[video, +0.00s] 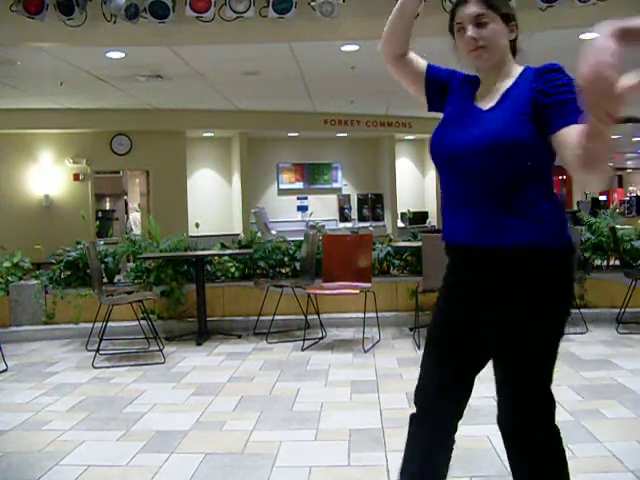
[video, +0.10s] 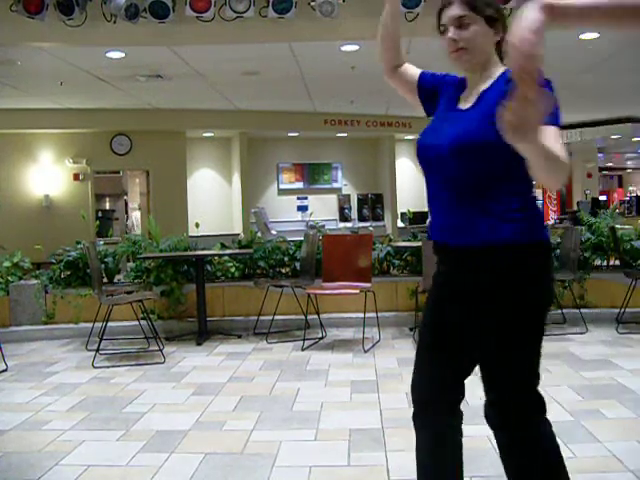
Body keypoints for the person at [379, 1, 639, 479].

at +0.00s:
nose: (471, 34)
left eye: (481, 21)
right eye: (461, 27)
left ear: (510, 28)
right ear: (457, 41)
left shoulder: (543, 81)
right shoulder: (456, 90)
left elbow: (588, 170)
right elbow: (395, 54)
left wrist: (601, 111)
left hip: (534, 269)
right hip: (467, 268)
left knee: (524, 415)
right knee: (433, 409)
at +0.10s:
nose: (452, 35)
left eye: (464, 23)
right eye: (446, 28)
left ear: (496, 29)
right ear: (442, 37)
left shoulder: (525, 88)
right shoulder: (445, 91)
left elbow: (557, 177)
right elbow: (394, 67)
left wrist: (526, 139)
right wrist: (393, 2)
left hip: (515, 262)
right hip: (456, 262)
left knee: (512, 405)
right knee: (431, 398)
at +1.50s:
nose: (341, 82)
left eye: (338, 74)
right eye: (332, 74)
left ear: (309, 81)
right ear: (306, 80)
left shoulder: (312, 129)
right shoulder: (294, 131)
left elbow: (345, 189)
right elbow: (309, 208)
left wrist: (398, 160)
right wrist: (362, 211)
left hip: (312, 266)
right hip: (300, 268)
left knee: (323, 379)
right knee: (338, 386)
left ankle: (293, 475)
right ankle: (332, 475)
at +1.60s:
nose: (327, 76)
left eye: (325, 69)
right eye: (319, 69)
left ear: (298, 76)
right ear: (293, 75)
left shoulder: (310, 128)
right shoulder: (274, 126)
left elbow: (338, 197)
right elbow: (278, 203)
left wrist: (386, 173)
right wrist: (338, 208)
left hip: (308, 260)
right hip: (286, 262)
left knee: (315, 371)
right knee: (318, 372)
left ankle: (291, 472)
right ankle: (285, 474)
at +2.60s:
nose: (159, 107)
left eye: (158, 99)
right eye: (155, 98)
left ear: (135, 101)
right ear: (133, 100)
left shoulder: (140, 149)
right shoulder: (105, 145)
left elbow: (160, 217)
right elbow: (93, 217)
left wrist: (209, 197)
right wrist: (154, 237)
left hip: (136, 271)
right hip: (110, 273)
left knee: (147, 370)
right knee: (152, 380)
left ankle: (98, 441)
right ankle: (165, 475)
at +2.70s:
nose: (141, 114)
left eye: (141, 107)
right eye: (137, 106)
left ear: (117, 107)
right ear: (116, 106)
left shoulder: (120, 154)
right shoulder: (91, 153)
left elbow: (146, 220)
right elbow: (84, 223)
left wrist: (196, 191)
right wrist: (144, 241)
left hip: (117, 276)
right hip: (97, 278)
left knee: (113, 371)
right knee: (148, 378)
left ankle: (71, 446)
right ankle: (166, 474)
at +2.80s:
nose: (125, 117)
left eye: (125, 110)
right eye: (122, 109)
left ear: (101, 110)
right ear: (102, 109)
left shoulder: (100, 154)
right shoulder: (78, 154)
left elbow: (127, 218)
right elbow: (74, 226)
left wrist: (176, 195)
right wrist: (133, 241)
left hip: (99, 277)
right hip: (82, 279)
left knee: (95, 370)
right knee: (128, 377)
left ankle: (68, 454)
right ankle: (160, 471)